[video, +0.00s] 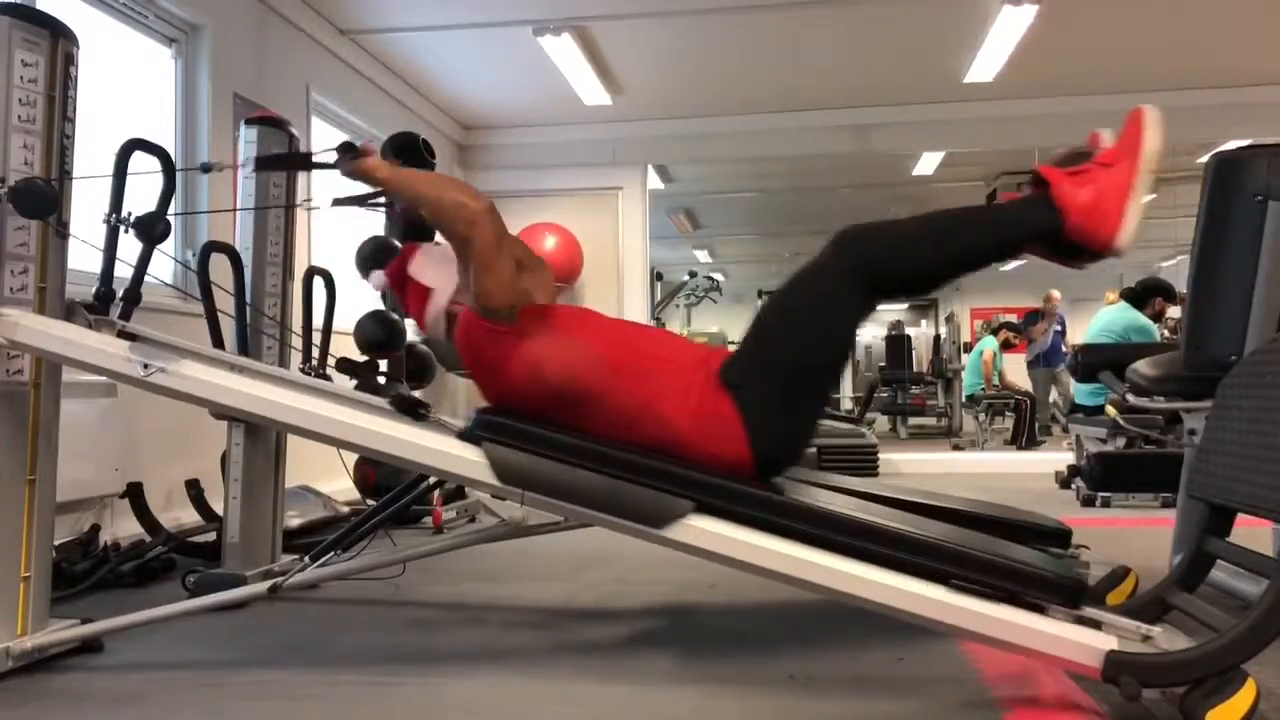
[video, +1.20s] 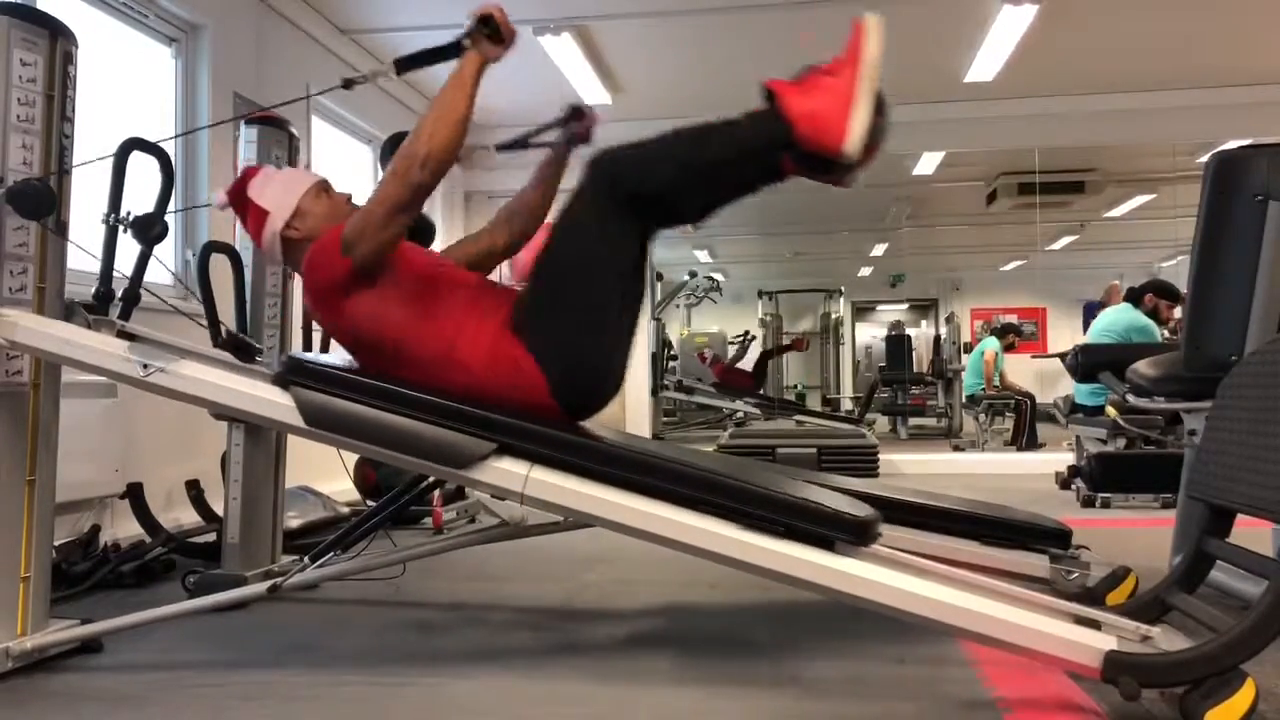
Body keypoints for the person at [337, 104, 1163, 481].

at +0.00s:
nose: (479, 252)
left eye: (441, 248)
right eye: (452, 249)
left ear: (424, 293)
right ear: (440, 274)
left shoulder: (500, 326)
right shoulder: (491, 324)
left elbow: (559, 248)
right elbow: (470, 214)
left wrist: (452, 240)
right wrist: (395, 176)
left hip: (731, 411)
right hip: (739, 428)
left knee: (851, 255)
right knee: (850, 258)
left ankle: (1055, 207)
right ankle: (1064, 211)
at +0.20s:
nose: (401, 228)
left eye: (391, 223)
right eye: (381, 232)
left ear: (401, 244)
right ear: (367, 275)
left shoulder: (453, 304)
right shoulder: (406, 325)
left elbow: (539, 269)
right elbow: (462, 237)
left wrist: (493, 185)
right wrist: (428, 131)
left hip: (646, 373)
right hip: (648, 398)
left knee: (729, 210)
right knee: (727, 210)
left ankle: (922, 164)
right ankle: (928, 165)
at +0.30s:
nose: (369, 218)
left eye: (360, 211)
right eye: (352, 219)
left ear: (339, 248)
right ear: (330, 254)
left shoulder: (405, 303)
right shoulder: (367, 311)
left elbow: (511, 282)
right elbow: (436, 236)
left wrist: (517, 191)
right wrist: (449, 119)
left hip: (600, 361)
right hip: (603, 380)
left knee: (657, 192)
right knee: (655, 190)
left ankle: (844, 151)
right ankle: (844, 139)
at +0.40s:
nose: (339, 204)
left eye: (326, 195)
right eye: (319, 201)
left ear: (307, 230)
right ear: (294, 235)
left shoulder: (373, 287)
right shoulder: (329, 294)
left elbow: (491, 269)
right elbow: (417, 228)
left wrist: (556, 194)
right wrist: (473, 118)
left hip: (557, 353)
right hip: (558, 370)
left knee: (584, 180)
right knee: (574, 173)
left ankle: (765, 128)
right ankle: (766, 125)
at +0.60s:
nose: (302, 173)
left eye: (289, 164)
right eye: (282, 169)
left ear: (250, 205)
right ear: (247, 204)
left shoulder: (302, 259)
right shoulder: (282, 253)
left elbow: (437, 231)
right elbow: (397, 222)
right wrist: (514, 168)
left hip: (503, 341)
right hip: (497, 346)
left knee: (477, 153)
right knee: (472, 145)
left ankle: (659, 118)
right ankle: (648, 90)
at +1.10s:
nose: (316, 184)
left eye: (304, 176)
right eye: (297, 183)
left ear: (286, 210)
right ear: (269, 220)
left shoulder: (351, 266)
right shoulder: (308, 262)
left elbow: (471, 252)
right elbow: (404, 183)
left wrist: (541, 205)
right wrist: (494, 87)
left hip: (526, 351)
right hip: (524, 362)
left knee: (565, 177)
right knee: (552, 160)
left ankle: (738, 132)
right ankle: (729, 103)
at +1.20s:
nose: (337, 192)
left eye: (327, 185)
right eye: (318, 192)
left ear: (317, 216)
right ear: (295, 228)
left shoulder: (379, 277)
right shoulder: (333, 271)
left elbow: (500, 238)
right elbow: (422, 167)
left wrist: (558, 153)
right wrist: (476, 60)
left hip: (554, 351)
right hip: (553, 365)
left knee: (618, 191)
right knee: (616, 185)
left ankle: (799, 139)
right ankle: (798, 126)